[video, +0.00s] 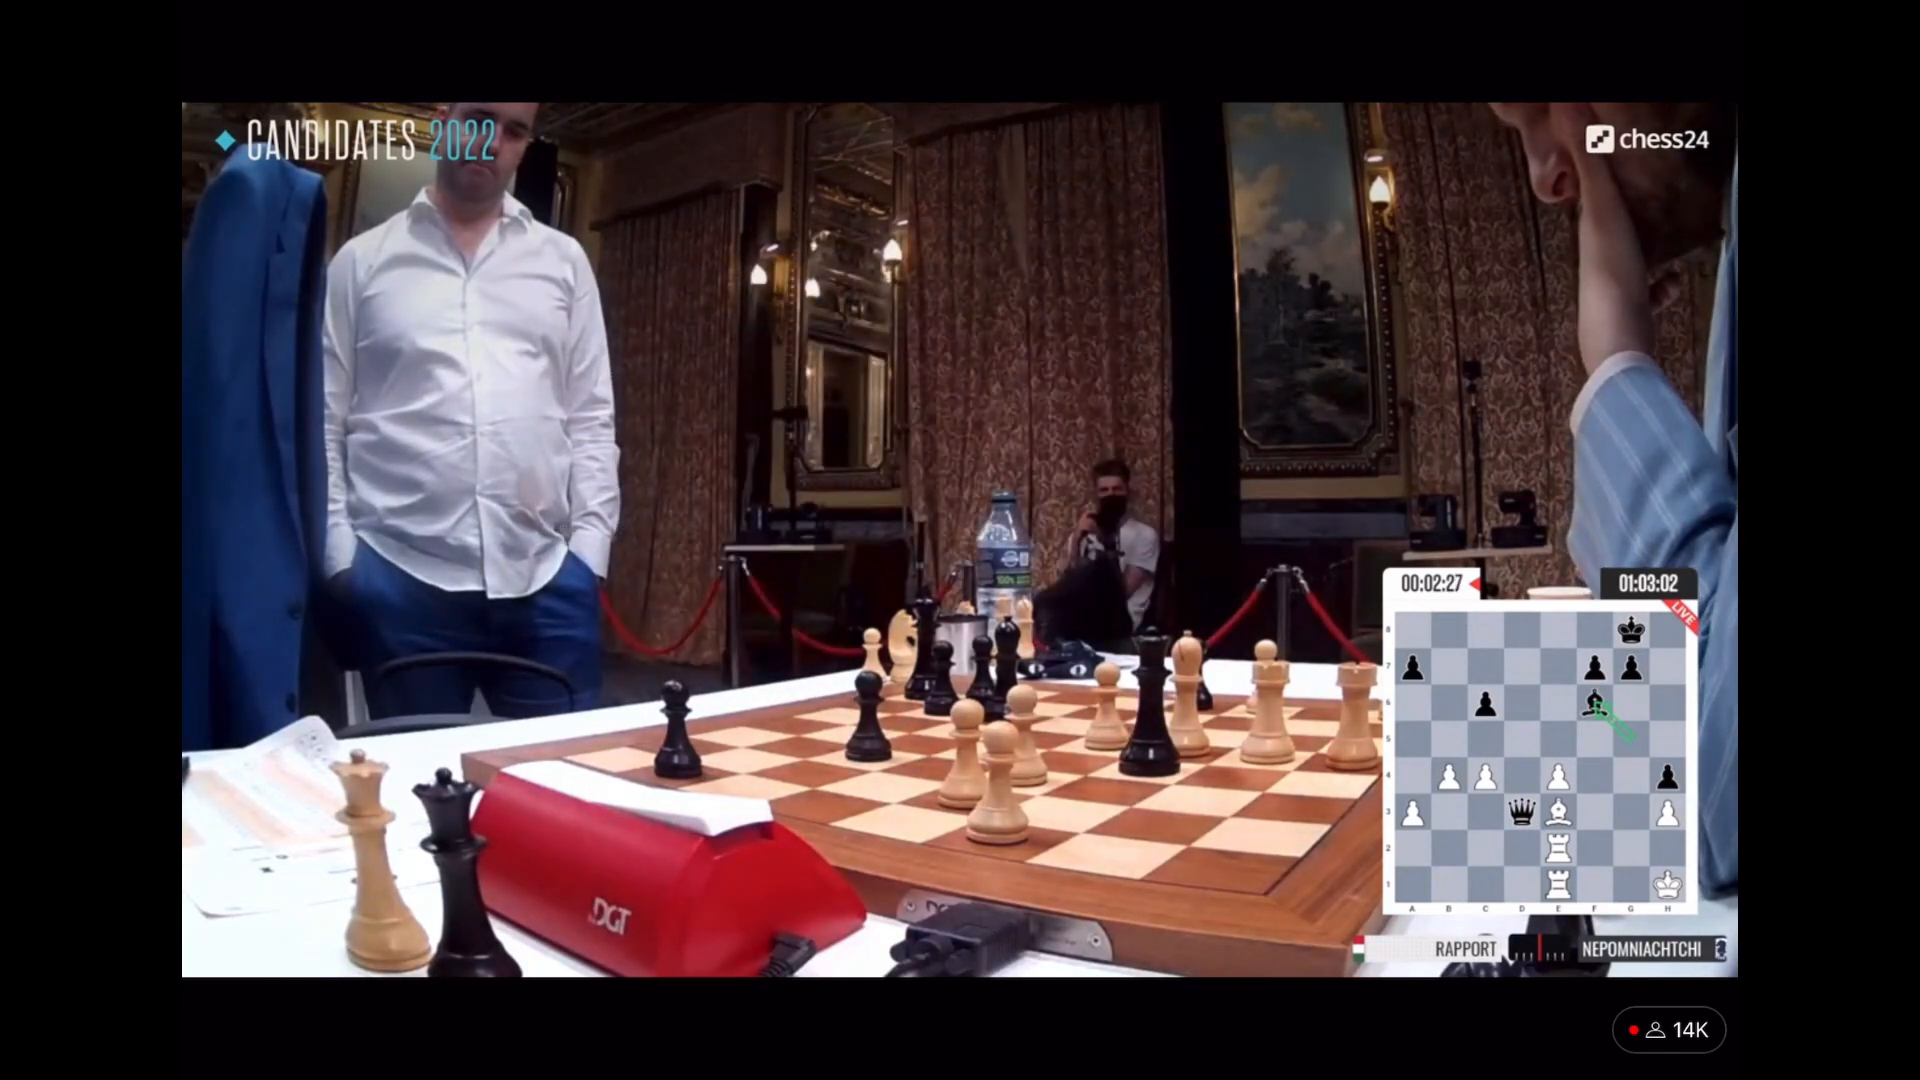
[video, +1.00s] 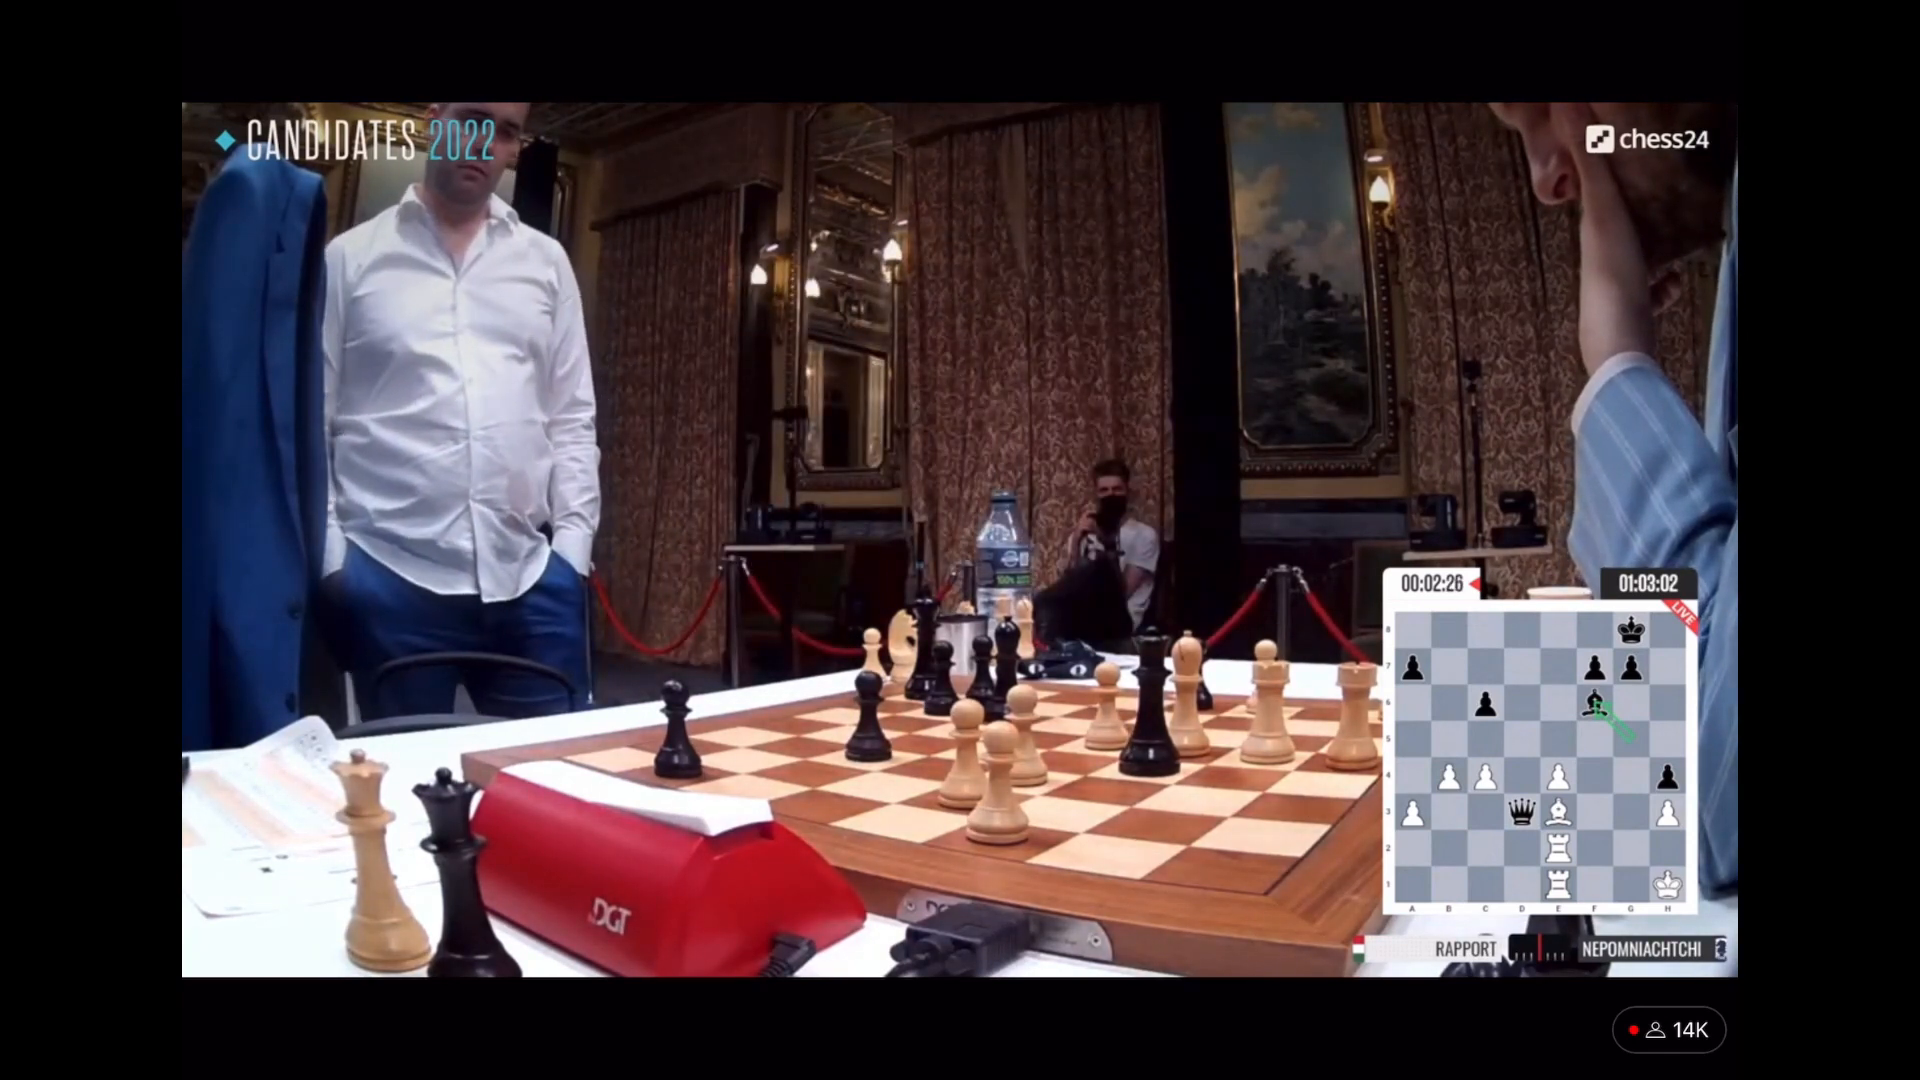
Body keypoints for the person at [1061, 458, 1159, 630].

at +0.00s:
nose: (1110, 495)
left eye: (1117, 489)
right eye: (1103, 490)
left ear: (1127, 491)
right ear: (1096, 493)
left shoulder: (1145, 536)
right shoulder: (1083, 536)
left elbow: (1126, 590)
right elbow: (1071, 582)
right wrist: (1076, 537)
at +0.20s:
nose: (1110, 495)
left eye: (1117, 489)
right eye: (1104, 490)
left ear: (1127, 491)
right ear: (1096, 493)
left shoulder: (1145, 536)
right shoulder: (1083, 536)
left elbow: (1126, 590)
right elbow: (1071, 582)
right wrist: (1076, 537)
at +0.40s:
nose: (1110, 495)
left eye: (1117, 489)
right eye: (1103, 490)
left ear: (1127, 491)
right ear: (1096, 493)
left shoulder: (1145, 536)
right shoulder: (1083, 536)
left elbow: (1125, 590)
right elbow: (1071, 583)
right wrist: (1076, 537)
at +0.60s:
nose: (1110, 495)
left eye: (1117, 489)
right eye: (1103, 490)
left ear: (1127, 491)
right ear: (1095, 493)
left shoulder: (1145, 536)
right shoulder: (1082, 536)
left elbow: (1126, 590)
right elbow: (1071, 583)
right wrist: (1076, 539)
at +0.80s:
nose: (1110, 495)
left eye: (1117, 489)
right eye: (1103, 490)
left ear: (1127, 491)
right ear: (1095, 493)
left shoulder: (1145, 536)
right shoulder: (1082, 537)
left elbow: (1125, 590)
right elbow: (1071, 584)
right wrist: (1076, 539)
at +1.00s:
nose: (1110, 495)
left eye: (1117, 489)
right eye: (1103, 490)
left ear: (1127, 491)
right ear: (1095, 493)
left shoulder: (1145, 536)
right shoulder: (1082, 537)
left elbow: (1125, 590)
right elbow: (1071, 584)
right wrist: (1076, 539)